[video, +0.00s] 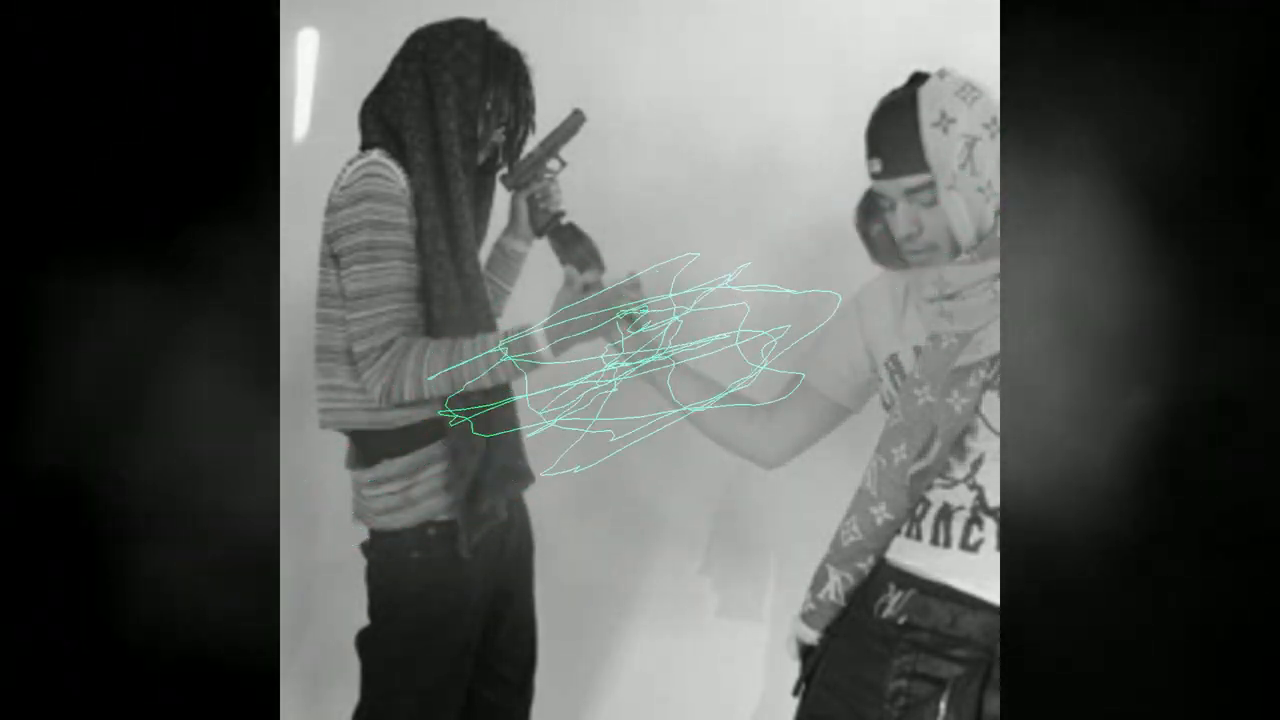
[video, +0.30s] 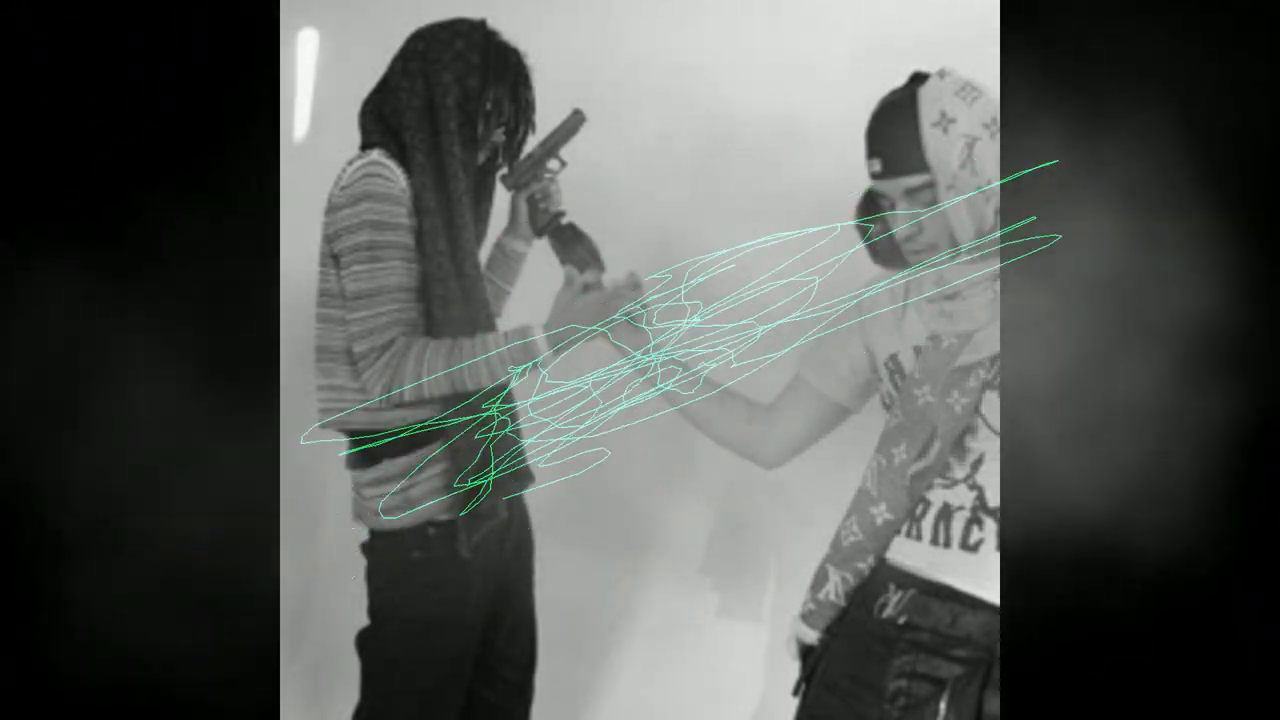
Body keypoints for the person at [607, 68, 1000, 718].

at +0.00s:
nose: (903, 227)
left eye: (925, 198)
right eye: (885, 204)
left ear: (981, 182)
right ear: (873, 204)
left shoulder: (1043, 287)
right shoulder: (894, 300)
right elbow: (770, 436)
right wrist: (638, 346)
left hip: (1005, 641)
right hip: (884, 615)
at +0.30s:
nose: (906, 229)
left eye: (924, 199)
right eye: (889, 207)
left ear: (983, 187)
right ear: (878, 211)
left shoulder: (1046, 296)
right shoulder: (898, 306)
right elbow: (768, 436)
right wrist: (634, 338)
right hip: (885, 614)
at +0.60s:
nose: (903, 228)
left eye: (925, 198)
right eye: (884, 204)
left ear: (984, 184)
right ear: (872, 203)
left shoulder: (1044, 290)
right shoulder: (893, 302)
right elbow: (769, 436)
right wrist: (631, 335)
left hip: (1003, 642)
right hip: (881, 620)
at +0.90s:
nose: (903, 227)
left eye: (925, 199)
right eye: (886, 204)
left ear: (980, 186)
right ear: (874, 206)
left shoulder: (1031, 297)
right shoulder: (893, 308)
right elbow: (768, 436)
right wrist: (640, 345)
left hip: (995, 643)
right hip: (876, 619)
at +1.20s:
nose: (903, 226)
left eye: (925, 196)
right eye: (887, 204)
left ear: (987, 186)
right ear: (878, 209)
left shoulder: (1043, 295)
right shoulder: (896, 302)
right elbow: (767, 436)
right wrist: (639, 345)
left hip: (993, 643)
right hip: (877, 613)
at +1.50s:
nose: (904, 227)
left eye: (926, 198)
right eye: (885, 205)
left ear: (981, 184)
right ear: (872, 203)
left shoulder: (1039, 287)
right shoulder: (890, 304)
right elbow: (769, 435)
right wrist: (635, 339)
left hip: (1004, 639)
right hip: (889, 615)